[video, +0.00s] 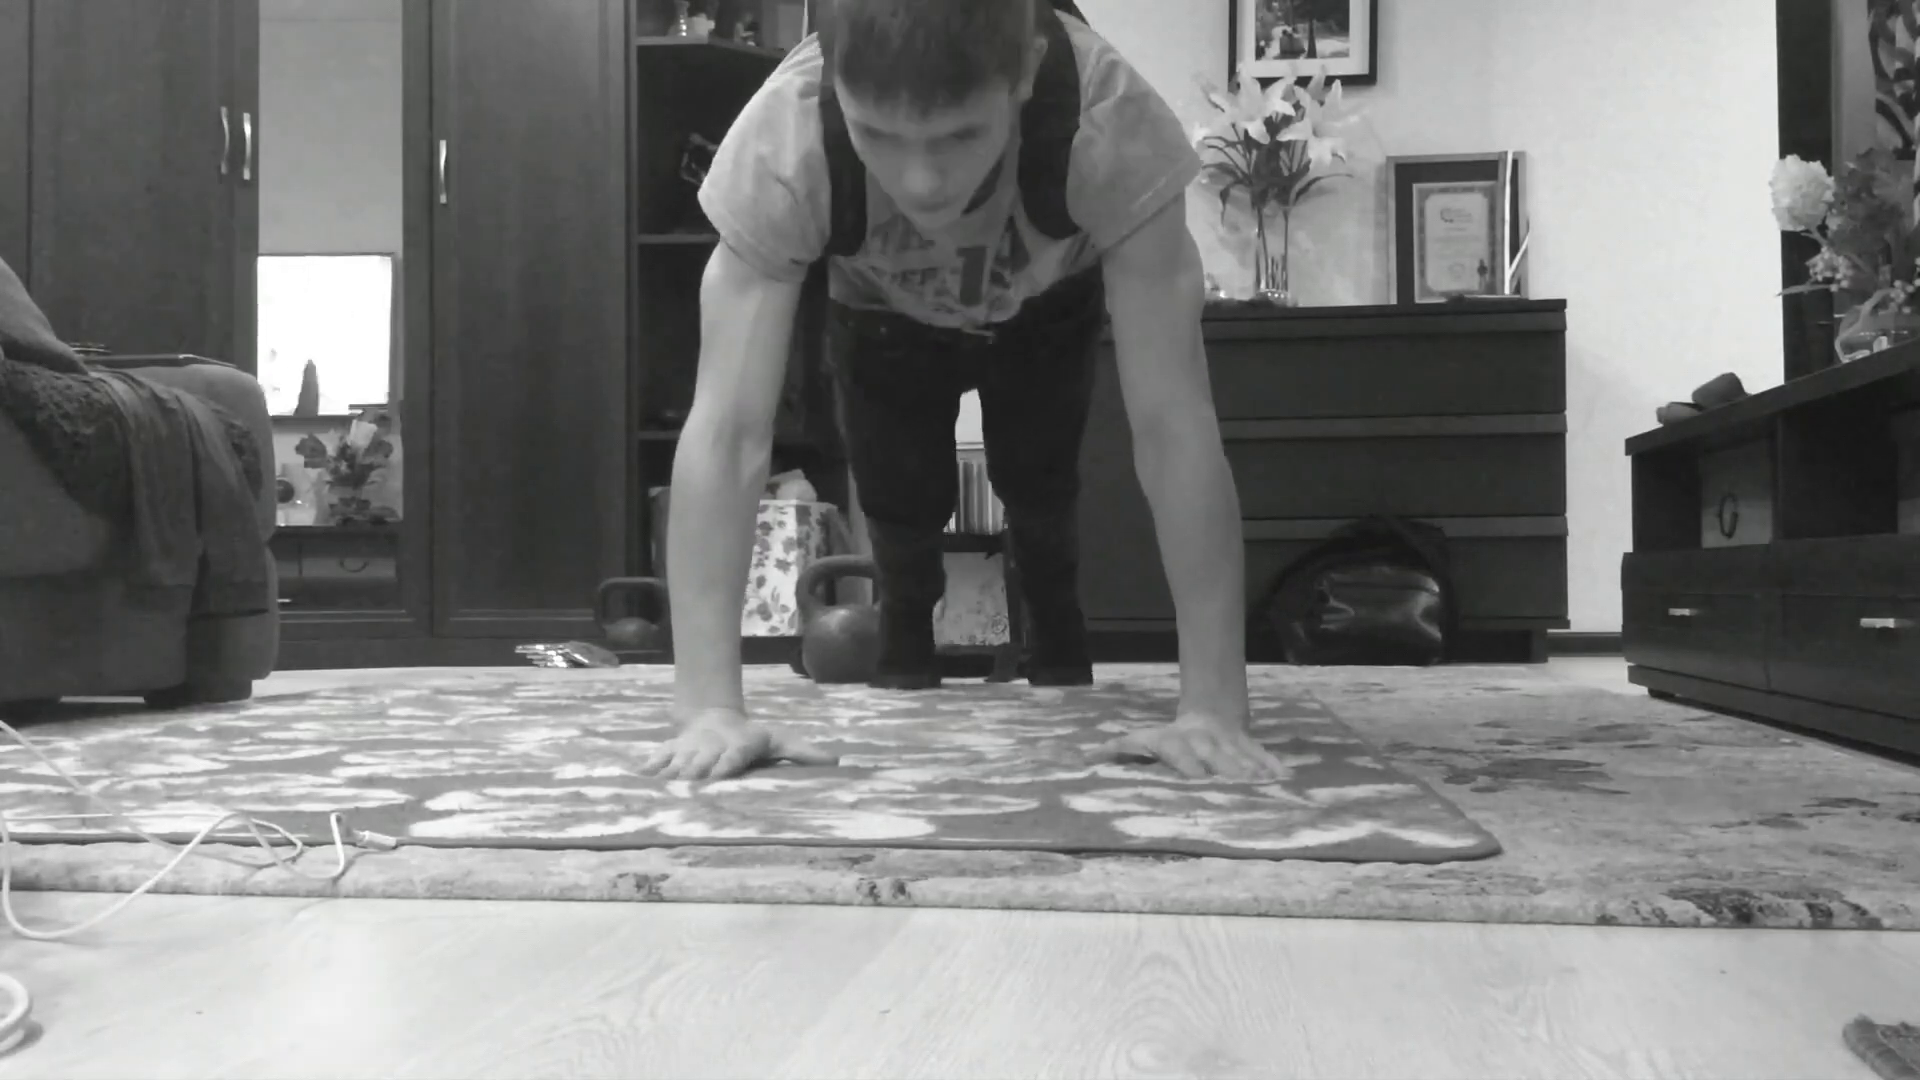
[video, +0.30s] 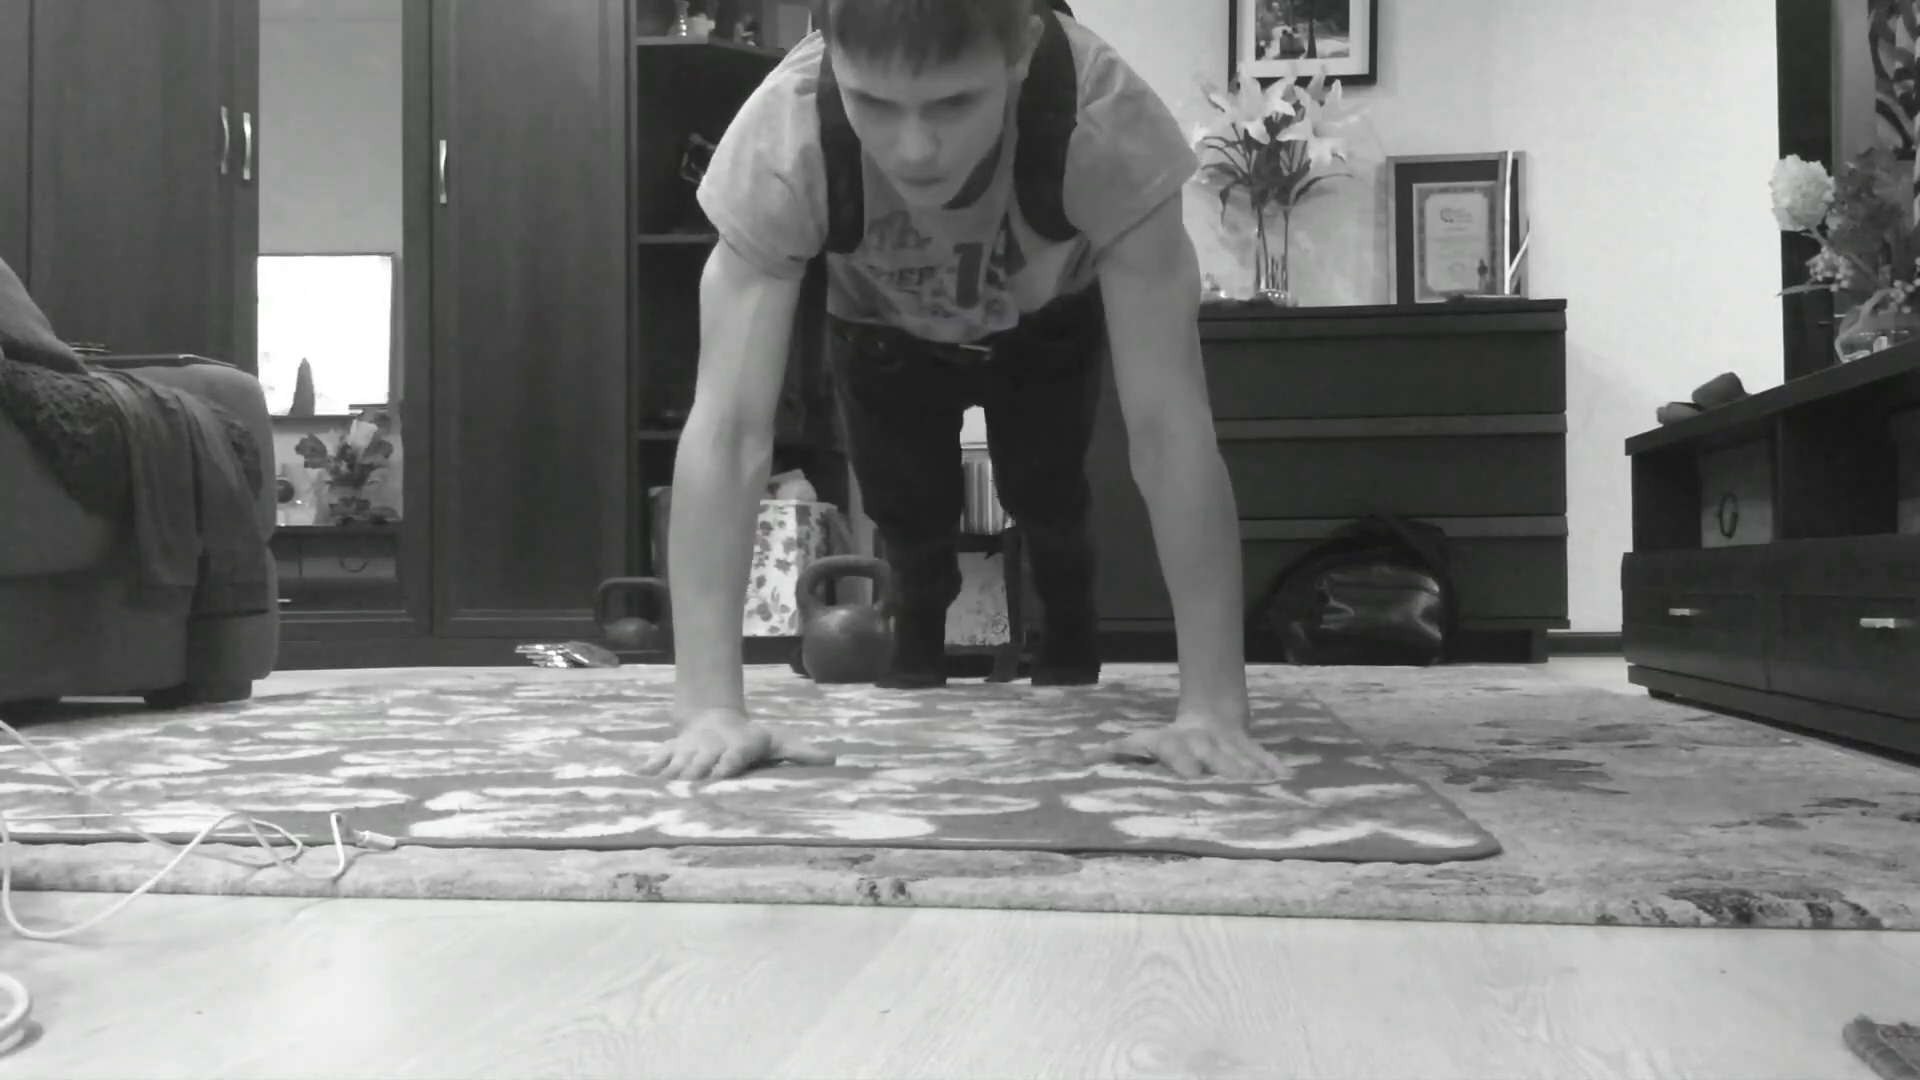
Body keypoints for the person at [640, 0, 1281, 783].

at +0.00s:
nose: (920, 180)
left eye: (958, 140)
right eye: (883, 140)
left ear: (1024, 83)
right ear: (841, 96)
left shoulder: (1115, 137)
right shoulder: (785, 149)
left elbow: (1177, 429)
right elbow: (723, 437)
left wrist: (1214, 711)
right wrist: (709, 710)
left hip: (1046, 303)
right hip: (884, 303)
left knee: (1040, 489)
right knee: (896, 501)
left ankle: (1057, 663)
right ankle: (905, 625)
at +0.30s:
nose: (913, 148)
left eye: (953, 106)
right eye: (874, 105)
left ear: (1022, 57)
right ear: (835, 65)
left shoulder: (1110, 135)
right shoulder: (784, 144)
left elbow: (1172, 436)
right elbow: (724, 434)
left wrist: (1214, 710)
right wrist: (710, 709)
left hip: (1046, 324)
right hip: (885, 330)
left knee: (1051, 516)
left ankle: (1069, 703)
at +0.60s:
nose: (911, 135)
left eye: (950, 90)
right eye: (872, 90)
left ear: (1019, 46)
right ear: (833, 54)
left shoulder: (1107, 131)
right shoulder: (781, 139)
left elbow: (1174, 436)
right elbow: (722, 433)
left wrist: (1213, 709)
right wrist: (709, 710)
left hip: (1046, 329)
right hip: (881, 335)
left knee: (1046, 526)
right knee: (900, 527)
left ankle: (1064, 705)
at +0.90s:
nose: (916, 129)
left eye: (956, 86)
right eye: (878, 86)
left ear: (1022, 40)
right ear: (836, 49)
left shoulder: (1108, 131)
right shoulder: (781, 135)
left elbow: (1174, 437)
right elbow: (721, 430)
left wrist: (1214, 710)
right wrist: (708, 710)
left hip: (1045, 342)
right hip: (879, 348)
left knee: (1047, 527)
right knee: (900, 532)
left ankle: (1067, 686)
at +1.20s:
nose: (910, 150)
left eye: (949, 109)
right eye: (871, 108)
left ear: (1015, 53)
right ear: (832, 62)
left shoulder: (1102, 128)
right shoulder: (779, 136)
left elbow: (1169, 436)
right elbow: (727, 432)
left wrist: (1214, 710)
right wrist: (709, 709)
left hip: (1046, 333)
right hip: (881, 340)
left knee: (1048, 529)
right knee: (907, 529)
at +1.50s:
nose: (915, 182)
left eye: (950, 144)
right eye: (876, 144)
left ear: (1012, 78)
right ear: (831, 93)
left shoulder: (1103, 142)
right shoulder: (774, 147)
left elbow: (1193, 431)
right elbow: (719, 438)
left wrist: (1215, 712)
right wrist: (710, 708)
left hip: (1047, 338)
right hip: (876, 343)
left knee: (1049, 524)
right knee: (901, 525)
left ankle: (1069, 667)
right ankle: (914, 613)